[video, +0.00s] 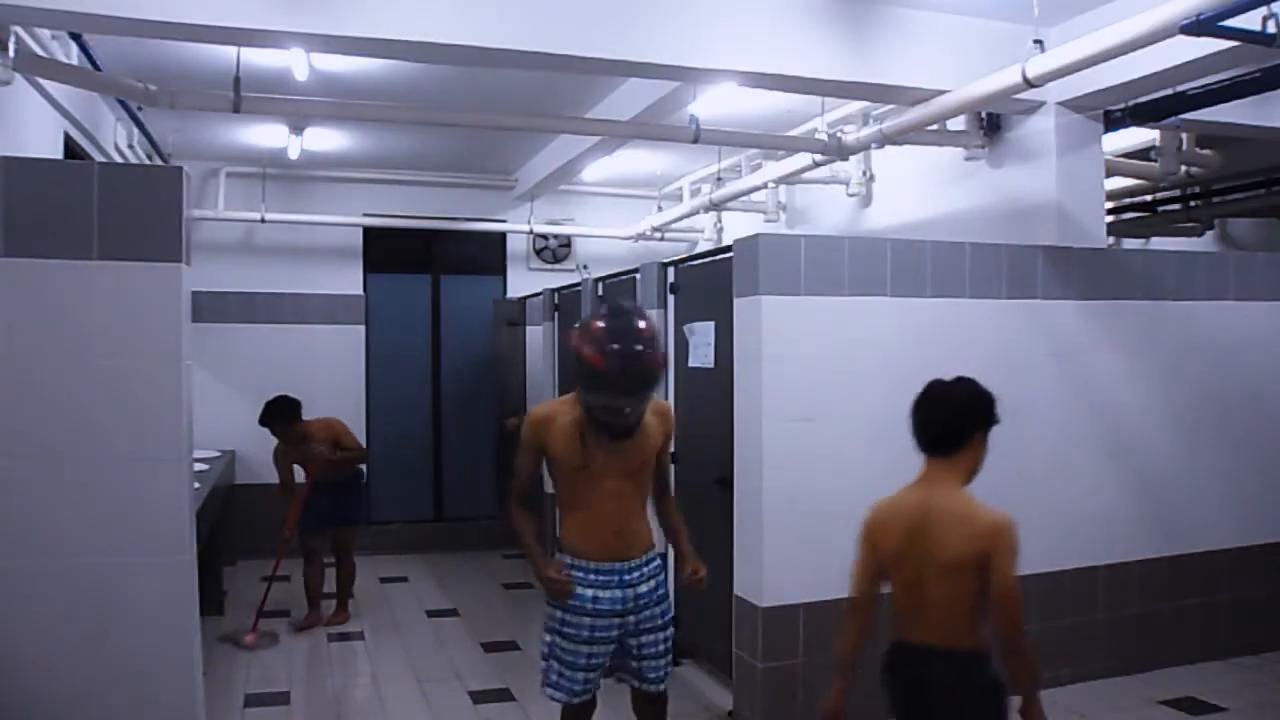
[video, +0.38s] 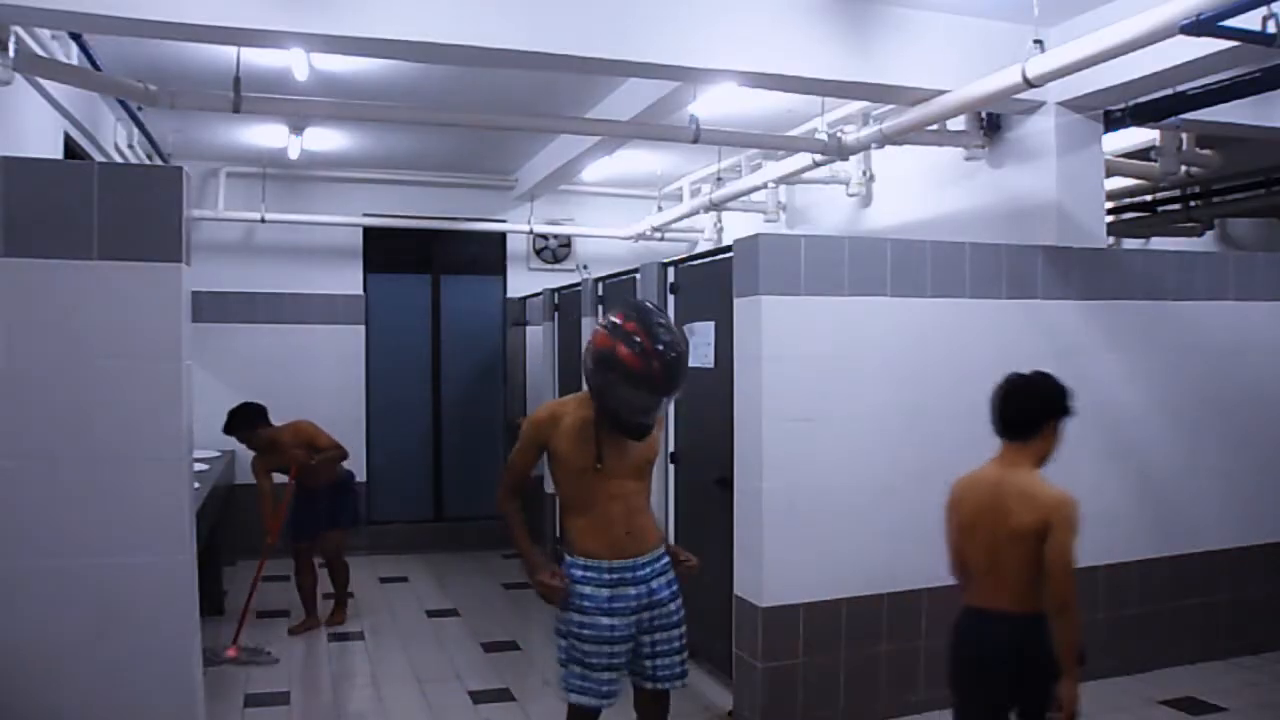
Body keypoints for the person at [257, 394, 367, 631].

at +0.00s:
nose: (275, 437)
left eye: (277, 431)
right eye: (272, 432)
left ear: (292, 423)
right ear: (276, 430)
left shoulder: (331, 428)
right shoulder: (283, 453)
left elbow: (361, 455)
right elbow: (289, 491)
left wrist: (332, 457)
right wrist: (289, 528)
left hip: (347, 486)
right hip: (317, 488)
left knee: (342, 548)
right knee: (311, 549)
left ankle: (341, 609)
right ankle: (313, 611)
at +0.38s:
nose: (245, 446)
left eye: (245, 439)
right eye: (241, 441)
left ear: (258, 430)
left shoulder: (301, 431)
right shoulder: (261, 463)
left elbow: (340, 452)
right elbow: (267, 500)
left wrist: (313, 461)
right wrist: (271, 530)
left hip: (336, 487)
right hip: (305, 492)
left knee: (331, 550)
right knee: (301, 554)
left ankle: (340, 605)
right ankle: (311, 616)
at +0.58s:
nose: (238, 444)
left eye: (238, 437)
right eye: (234, 440)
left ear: (252, 425)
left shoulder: (293, 429)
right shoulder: (258, 460)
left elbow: (331, 451)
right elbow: (268, 497)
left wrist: (299, 457)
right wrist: (261, 530)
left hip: (334, 487)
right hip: (305, 492)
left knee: (330, 552)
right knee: (303, 555)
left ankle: (346, 613)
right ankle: (312, 616)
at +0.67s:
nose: (237, 445)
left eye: (237, 438)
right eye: (233, 440)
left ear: (251, 426)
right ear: (248, 428)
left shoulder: (291, 430)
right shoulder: (259, 459)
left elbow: (327, 456)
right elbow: (270, 495)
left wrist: (290, 460)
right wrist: (261, 530)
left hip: (334, 488)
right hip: (305, 493)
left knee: (332, 553)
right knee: (303, 555)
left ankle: (346, 620)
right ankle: (312, 617)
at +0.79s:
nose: (238, 446)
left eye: (237, 439)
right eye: (234, 441)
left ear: (251, 427)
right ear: (249, 429)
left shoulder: (290, 435)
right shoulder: (262, 458)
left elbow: (325, 464)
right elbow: (270, 496)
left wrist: (277, 463)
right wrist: (259, 530)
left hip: (335, 491)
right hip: (306, 495)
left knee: (335, 556)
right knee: (301, 556)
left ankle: (343, 627)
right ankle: (313, 617)